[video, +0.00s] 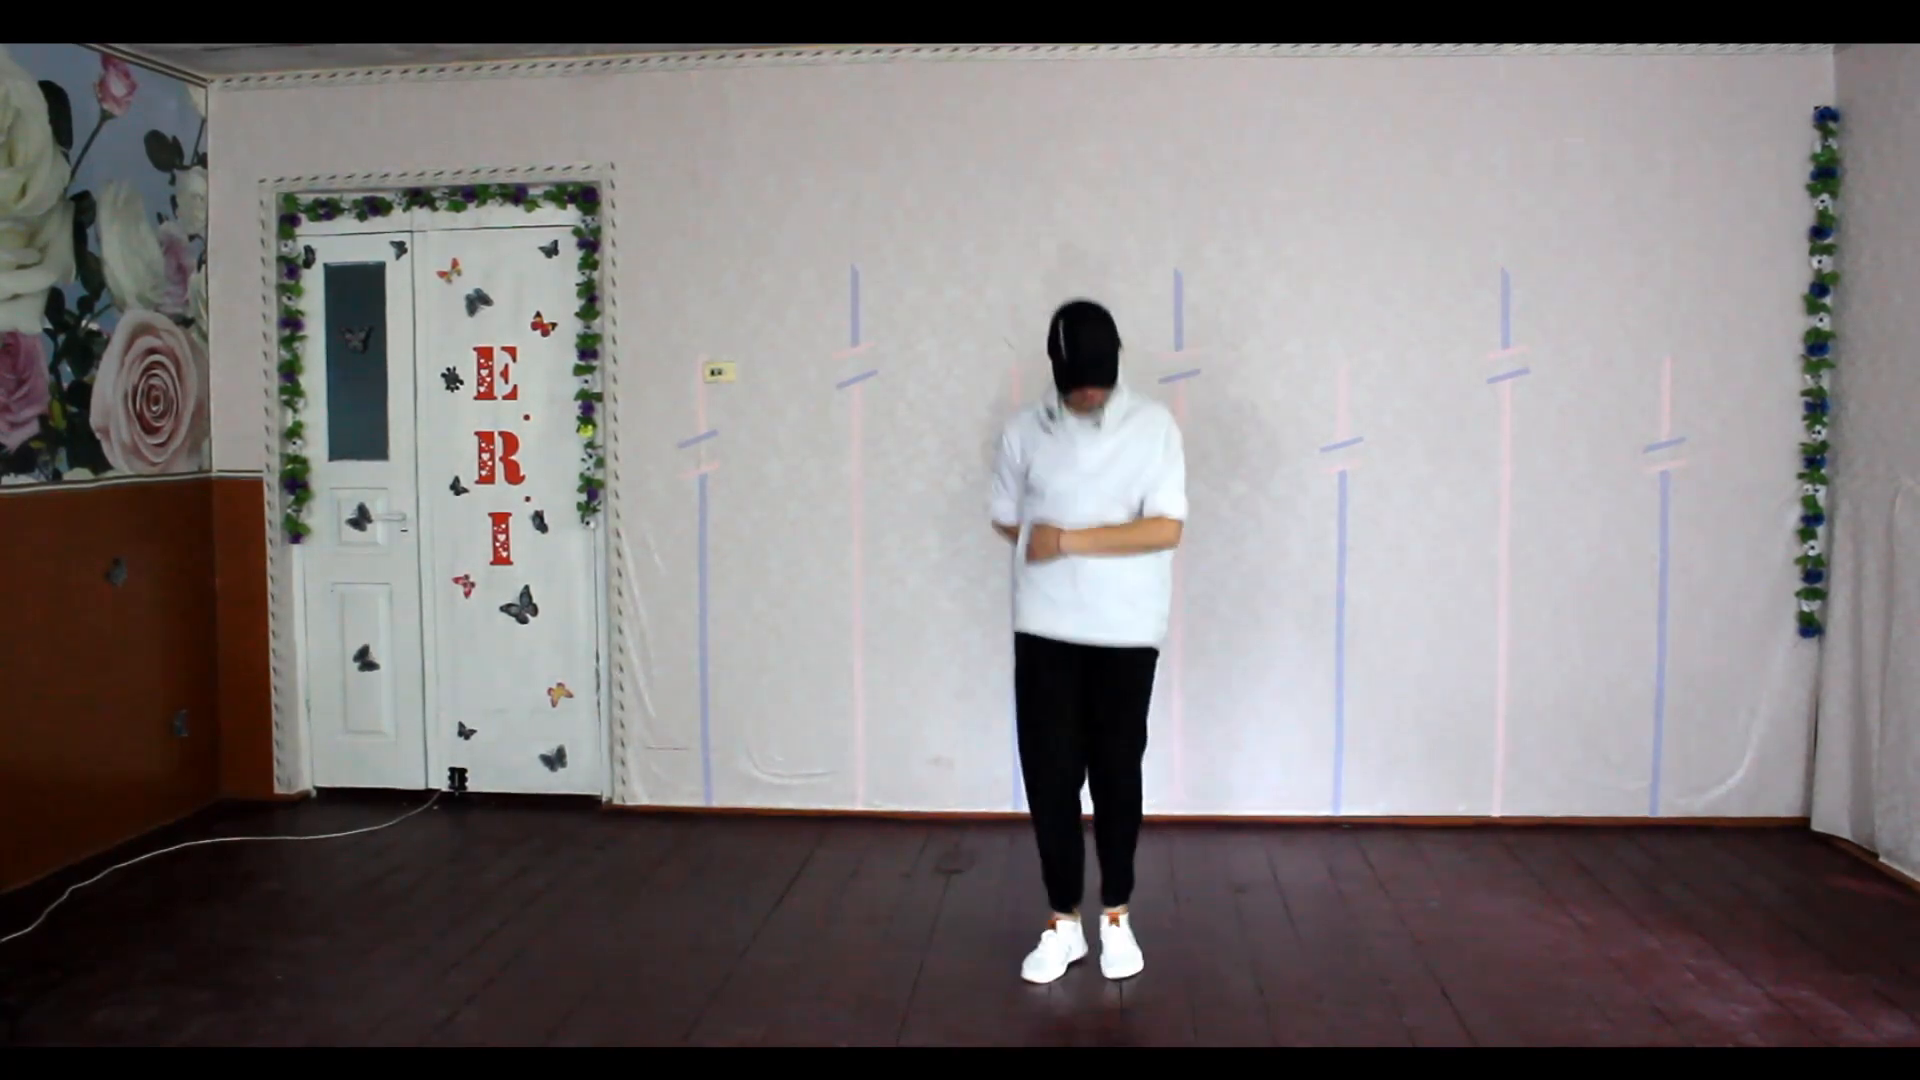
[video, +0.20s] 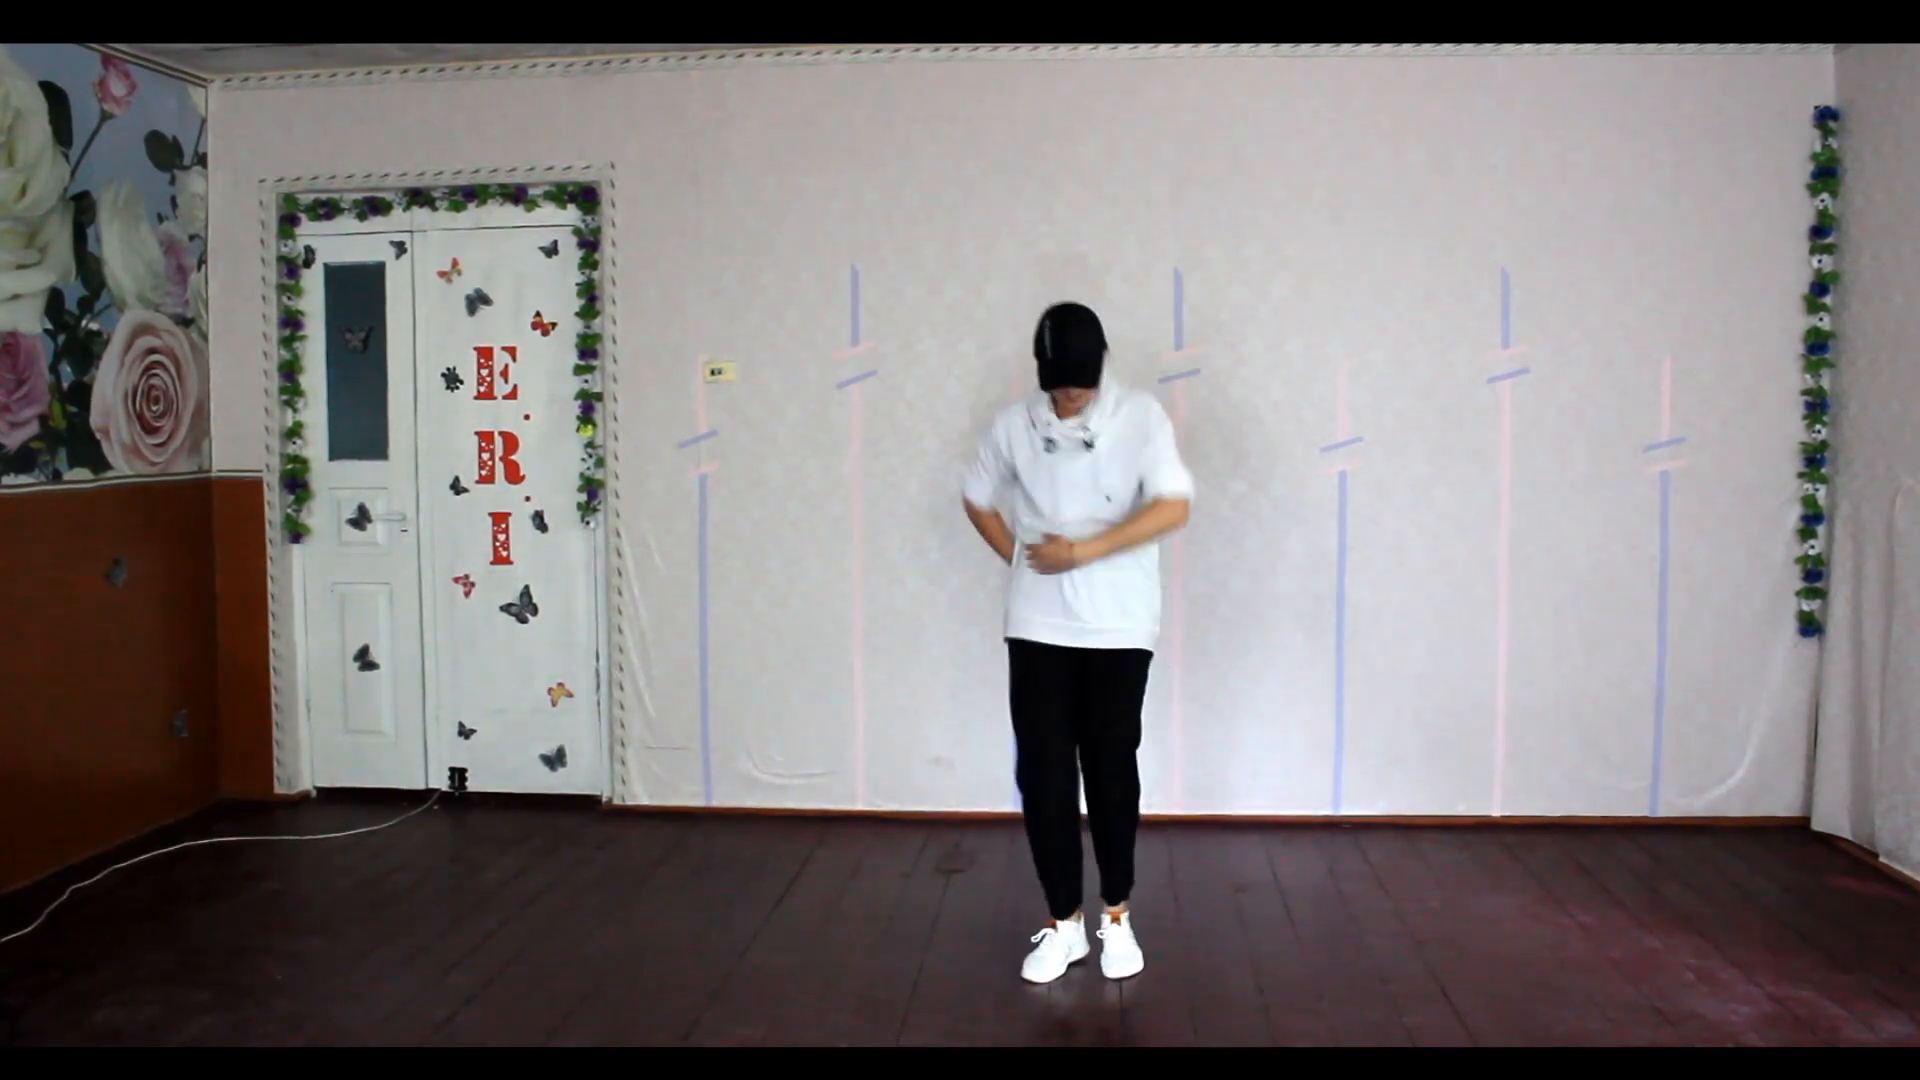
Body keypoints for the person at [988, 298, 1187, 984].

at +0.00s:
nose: (1091, 396)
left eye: (1101, 383)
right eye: (1078, 386)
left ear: (1117, 369)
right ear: (1056, 374)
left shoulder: (1152, 425)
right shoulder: (1024, 431)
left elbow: (1167, 529)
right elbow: (1004, 523)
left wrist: (1068, 539)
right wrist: (1073, 542)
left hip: (1125, 639)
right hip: (1043, 636)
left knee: (1116, 779)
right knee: (1050, 782)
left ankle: (1116, 917)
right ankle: (1064, 923)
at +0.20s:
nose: (1070, 398)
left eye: (1081, 386)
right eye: (1059, 387)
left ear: (1101, 368)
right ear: (1040, 373)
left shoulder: (1140, 416)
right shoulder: (1012, 425)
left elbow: (1174, 505)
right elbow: (978, 501)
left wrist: (1084, 550)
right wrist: (1025, 564)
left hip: (1118, 634)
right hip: (1037, 632)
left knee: (1111, 774)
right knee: (1043, 779)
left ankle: (1115, 915)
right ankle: (1064, 923)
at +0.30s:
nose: (1052, 388)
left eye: (1064, 376)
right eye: (1041, 376)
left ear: (1088, 354)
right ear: (1023, 360)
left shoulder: (1132, 396)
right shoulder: (1005, 406)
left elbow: (1179, 470)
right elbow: (959, 454)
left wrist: (1094, 512)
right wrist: (967, 538)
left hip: (1118, 612)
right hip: (1034, 610)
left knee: (1127, 759)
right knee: (1015, 762)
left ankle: (1129, 909)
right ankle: (1043, 909)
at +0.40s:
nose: (1029, 412)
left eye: (1040, 403)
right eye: (1020, 402)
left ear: (1065, 382)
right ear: (1006, 385)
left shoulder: (1112, 419)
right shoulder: (995, 423)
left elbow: (1165, 501)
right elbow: (946, 462)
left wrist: (1102, 506)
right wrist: (882, 518)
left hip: (1121, 622)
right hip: (1031, 618)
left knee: (1179, 760)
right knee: (946, 743)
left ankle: (1194, 894)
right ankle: (962, 881)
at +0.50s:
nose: (1036, 486)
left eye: (1045, 475)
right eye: (1025, 477)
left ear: (1064, 455)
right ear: (1006, 460)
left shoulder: (1099, 494)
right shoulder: (995, 500)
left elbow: (1116, 595)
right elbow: (949, 548)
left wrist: (1102, 599)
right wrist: (858, 552)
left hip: (1110, 680)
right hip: (1021, 680)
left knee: (1187, 801)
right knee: (922, 794)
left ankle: (1246, 931)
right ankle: (912, 913)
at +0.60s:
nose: (1046, 541)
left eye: (1055, 530)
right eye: (1035, 531)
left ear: (1074, 505)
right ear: (1014, 507)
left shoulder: (1099, 530)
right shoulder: (992, 524)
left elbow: (1095, 635)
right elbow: (937, 563)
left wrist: (1073, 644)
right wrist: (847, 585)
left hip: (1099, 707)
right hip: (1009, 702)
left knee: (1176, 826)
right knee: (894, 803)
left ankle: (1243, 936)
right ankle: (909, 913)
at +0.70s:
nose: (998, 534)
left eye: (1006, 524)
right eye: (986, 526)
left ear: (1023, 500)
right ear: (966, 506)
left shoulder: (1054, 516)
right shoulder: (943, 524)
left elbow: (1083, 596)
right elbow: (879, 526)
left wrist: (1064, 611)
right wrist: (808, 525)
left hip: (1088, 698)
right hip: (999, 696)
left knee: (1183, 803)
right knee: (871, 773)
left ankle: (1247, 920)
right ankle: (888, 896)